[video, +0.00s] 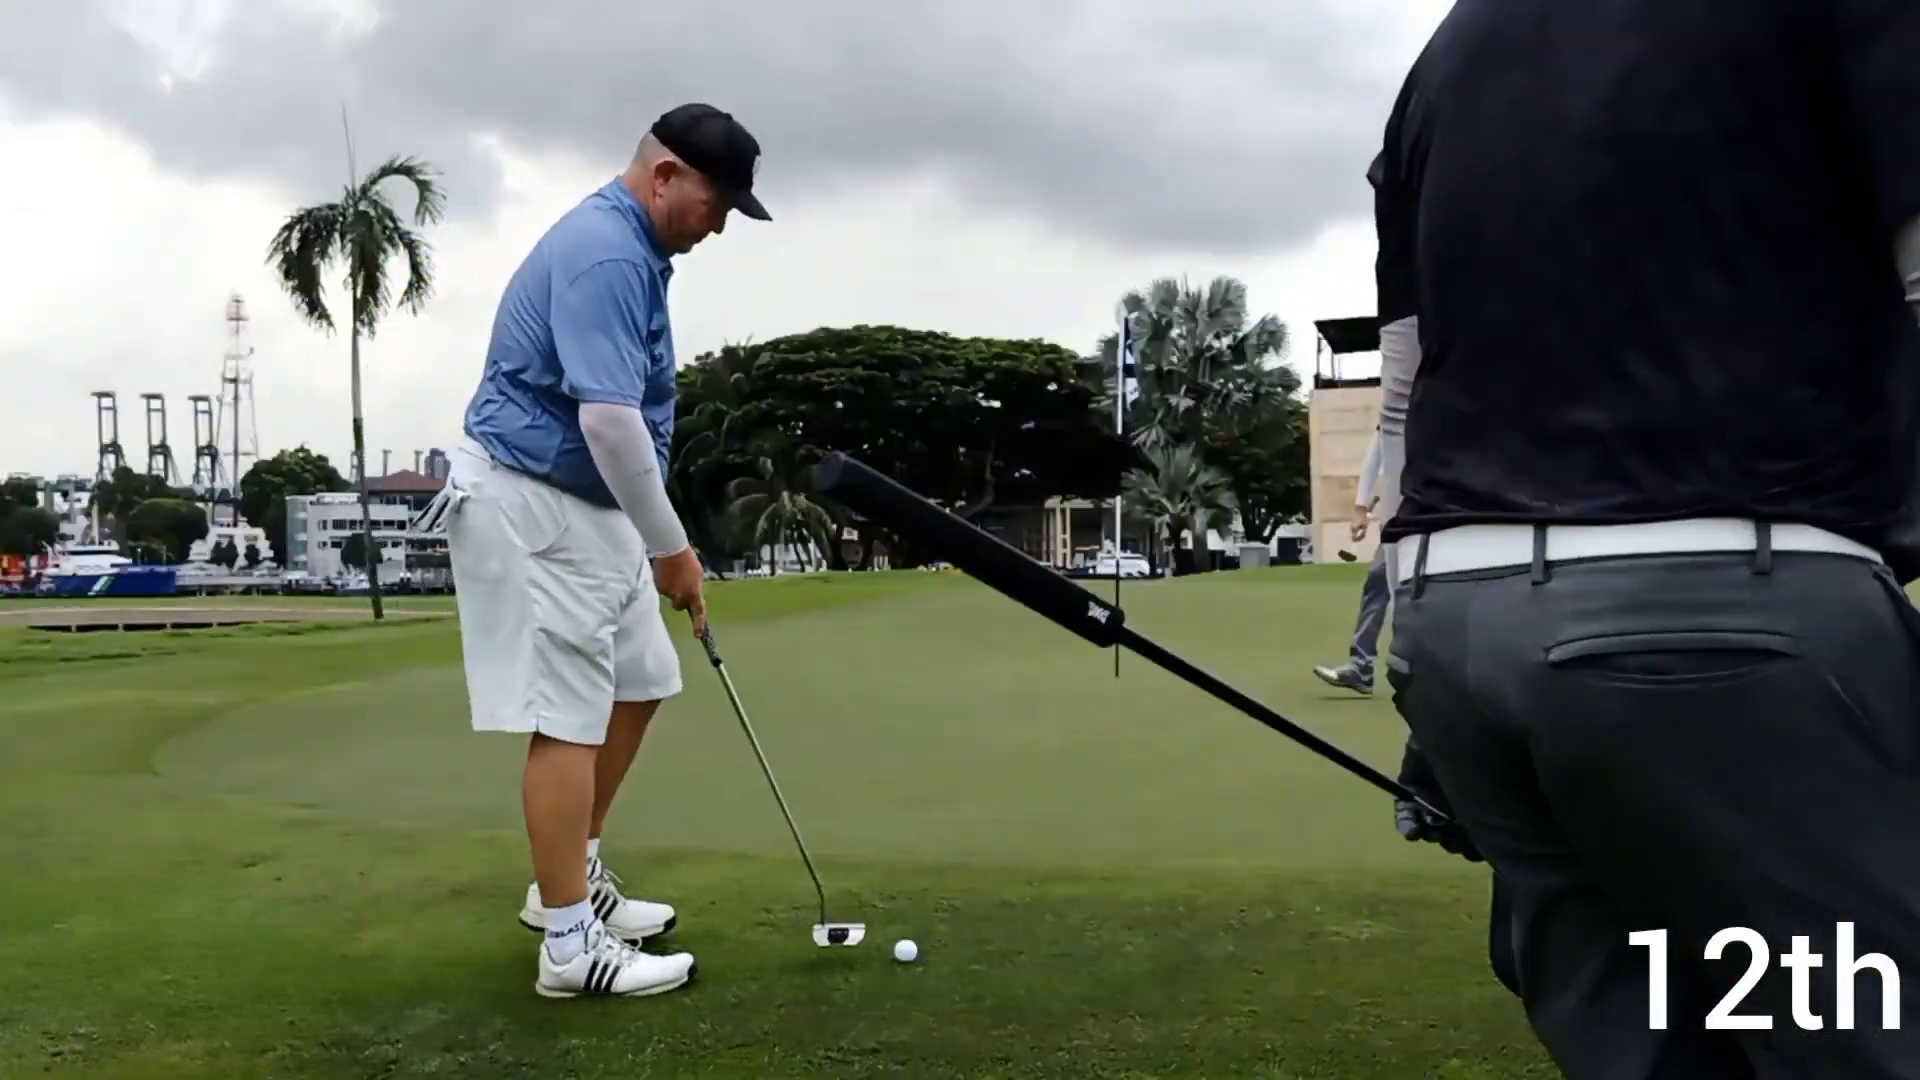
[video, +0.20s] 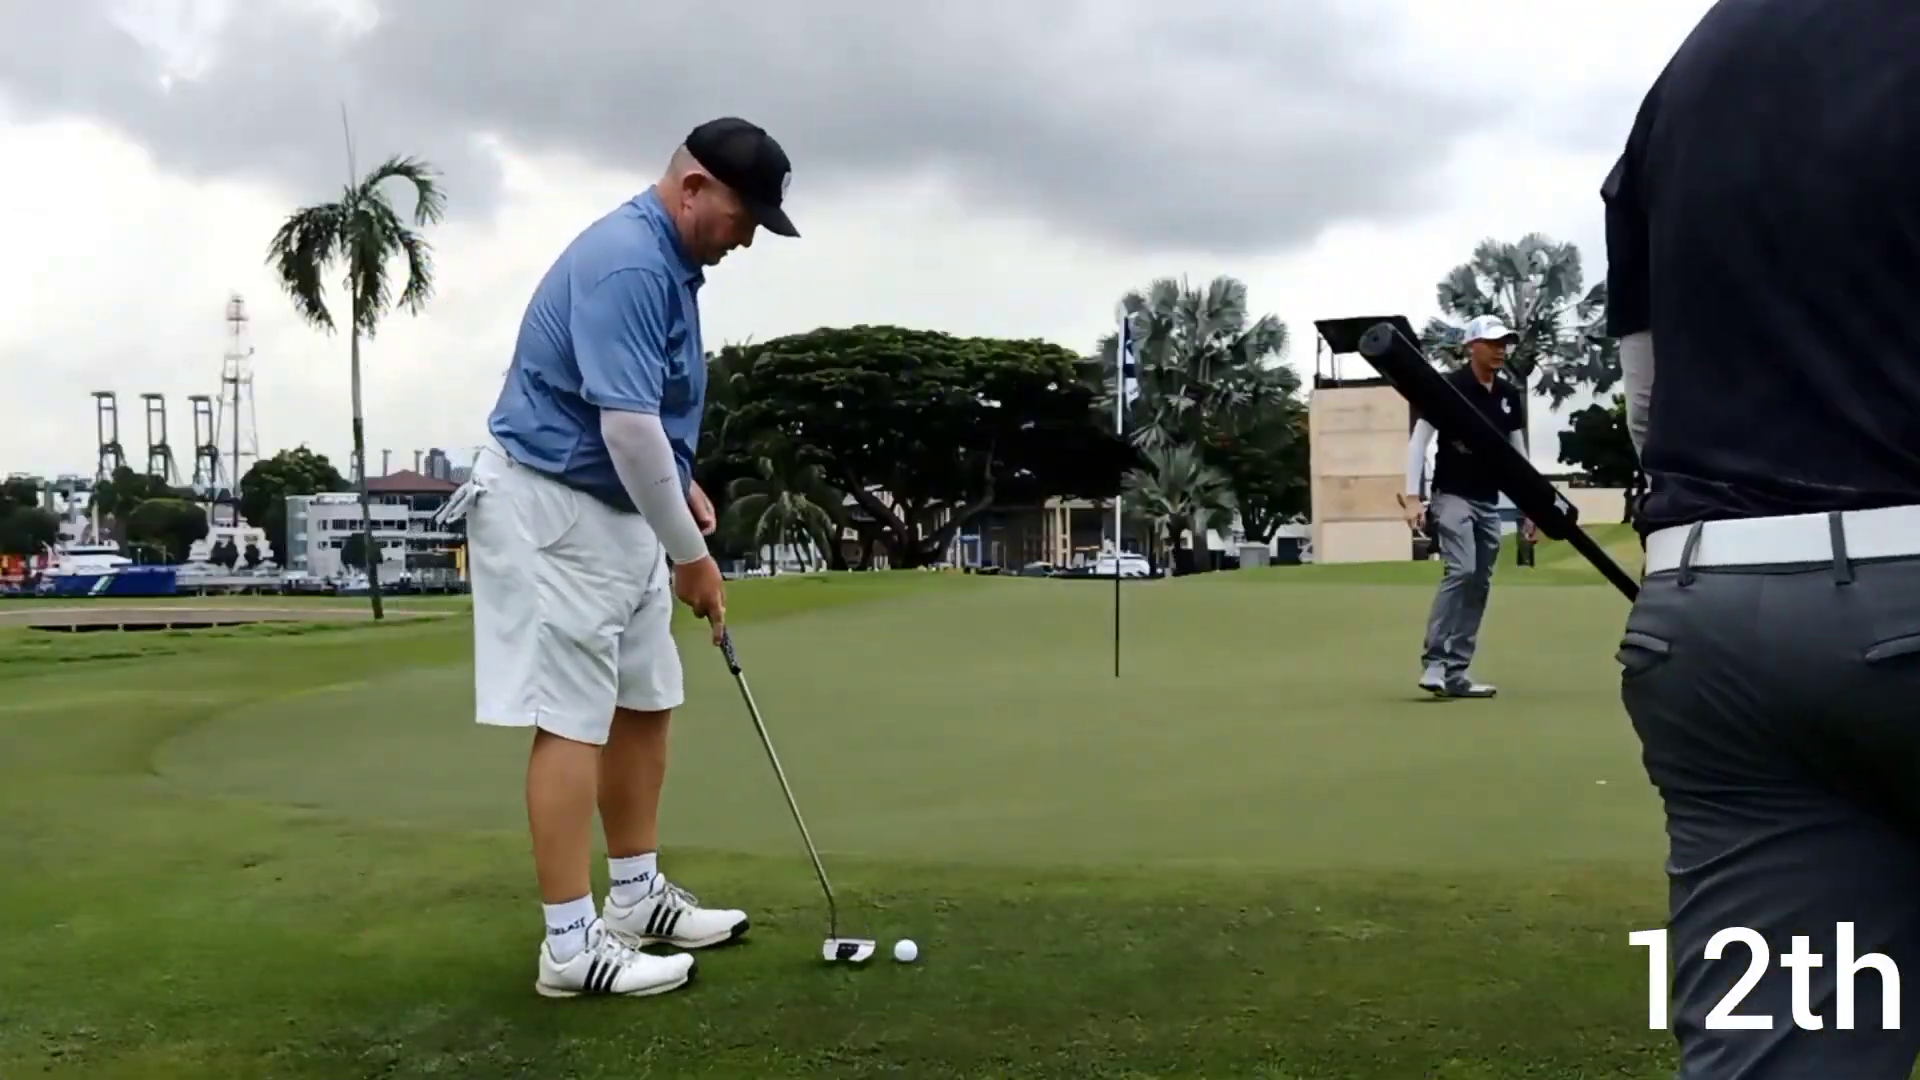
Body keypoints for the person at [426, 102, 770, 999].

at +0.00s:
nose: (718, 226)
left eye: (726, 213)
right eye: (716, 206)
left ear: (671, 178)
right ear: (667, 173)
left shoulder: (633, 253)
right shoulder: (601, 248)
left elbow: (631, 417)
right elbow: (609, 421)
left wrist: (661, 543)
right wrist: (671, 547)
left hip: (584, 506)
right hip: (536, 503)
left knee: (638, 681)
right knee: (569, 712)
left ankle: (568, 876)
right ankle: (570, 945)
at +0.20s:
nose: (745, 240)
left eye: (754, 227)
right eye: (744, 220)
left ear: (703, 190)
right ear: (694, 183)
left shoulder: (669, 267)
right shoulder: (623, 259)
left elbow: (657, 400)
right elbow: (629, 426)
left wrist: (683, 479)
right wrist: (687, 553)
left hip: (618, 507)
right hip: (552, 504)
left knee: (644, 698)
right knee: (572, 715)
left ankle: (634, 899)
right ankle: (570, 944)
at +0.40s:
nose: (768, 252)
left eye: (777, 241)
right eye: (766, 233)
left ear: (730, 205)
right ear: (716, 194)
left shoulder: (715, 282)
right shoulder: (639, 275)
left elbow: (717, 401)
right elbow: (641, 434)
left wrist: (723, 486)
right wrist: (697, 557)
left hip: (638, 505)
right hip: (559, 496)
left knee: (663, 692)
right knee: (622, 690)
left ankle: (636, 892)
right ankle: (581, 924)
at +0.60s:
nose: (778, 266)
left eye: (788, 254)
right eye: (777, 246)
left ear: (745, 218)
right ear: (728, 206)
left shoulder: (733, 293)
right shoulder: (646, 280)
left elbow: (739, 421)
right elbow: (643, 438)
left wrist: (729, 519)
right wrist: (700, 560)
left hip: (648, 509)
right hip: (563, 500)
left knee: (663, 694)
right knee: (600, 700)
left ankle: (639, 895)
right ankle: (589, 936)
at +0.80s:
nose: (780, 277)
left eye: (790, 266)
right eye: (778, 259)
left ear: (741, 227)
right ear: (732, 218)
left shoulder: (736, 295)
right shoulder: (648, 292)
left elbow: (734, 427)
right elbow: (649, 452)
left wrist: (722, 525)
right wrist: (689, 581)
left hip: (636, 513)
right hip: (553, 504)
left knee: (658, 690)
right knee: (590, 701)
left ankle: (635, 895)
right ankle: (588, 941)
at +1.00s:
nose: (787, 288)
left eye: (796, 276)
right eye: (784, 269)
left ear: (749, 237)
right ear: (739, 230)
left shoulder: (738, 301)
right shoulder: (655, 301)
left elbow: (729, 432)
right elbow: (656, 461)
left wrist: (717, 530)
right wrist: (686, 586)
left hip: (633, 512)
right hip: (548, 504)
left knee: (652, 691)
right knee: (585, 703)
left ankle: (634, 895)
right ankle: (586, 941)